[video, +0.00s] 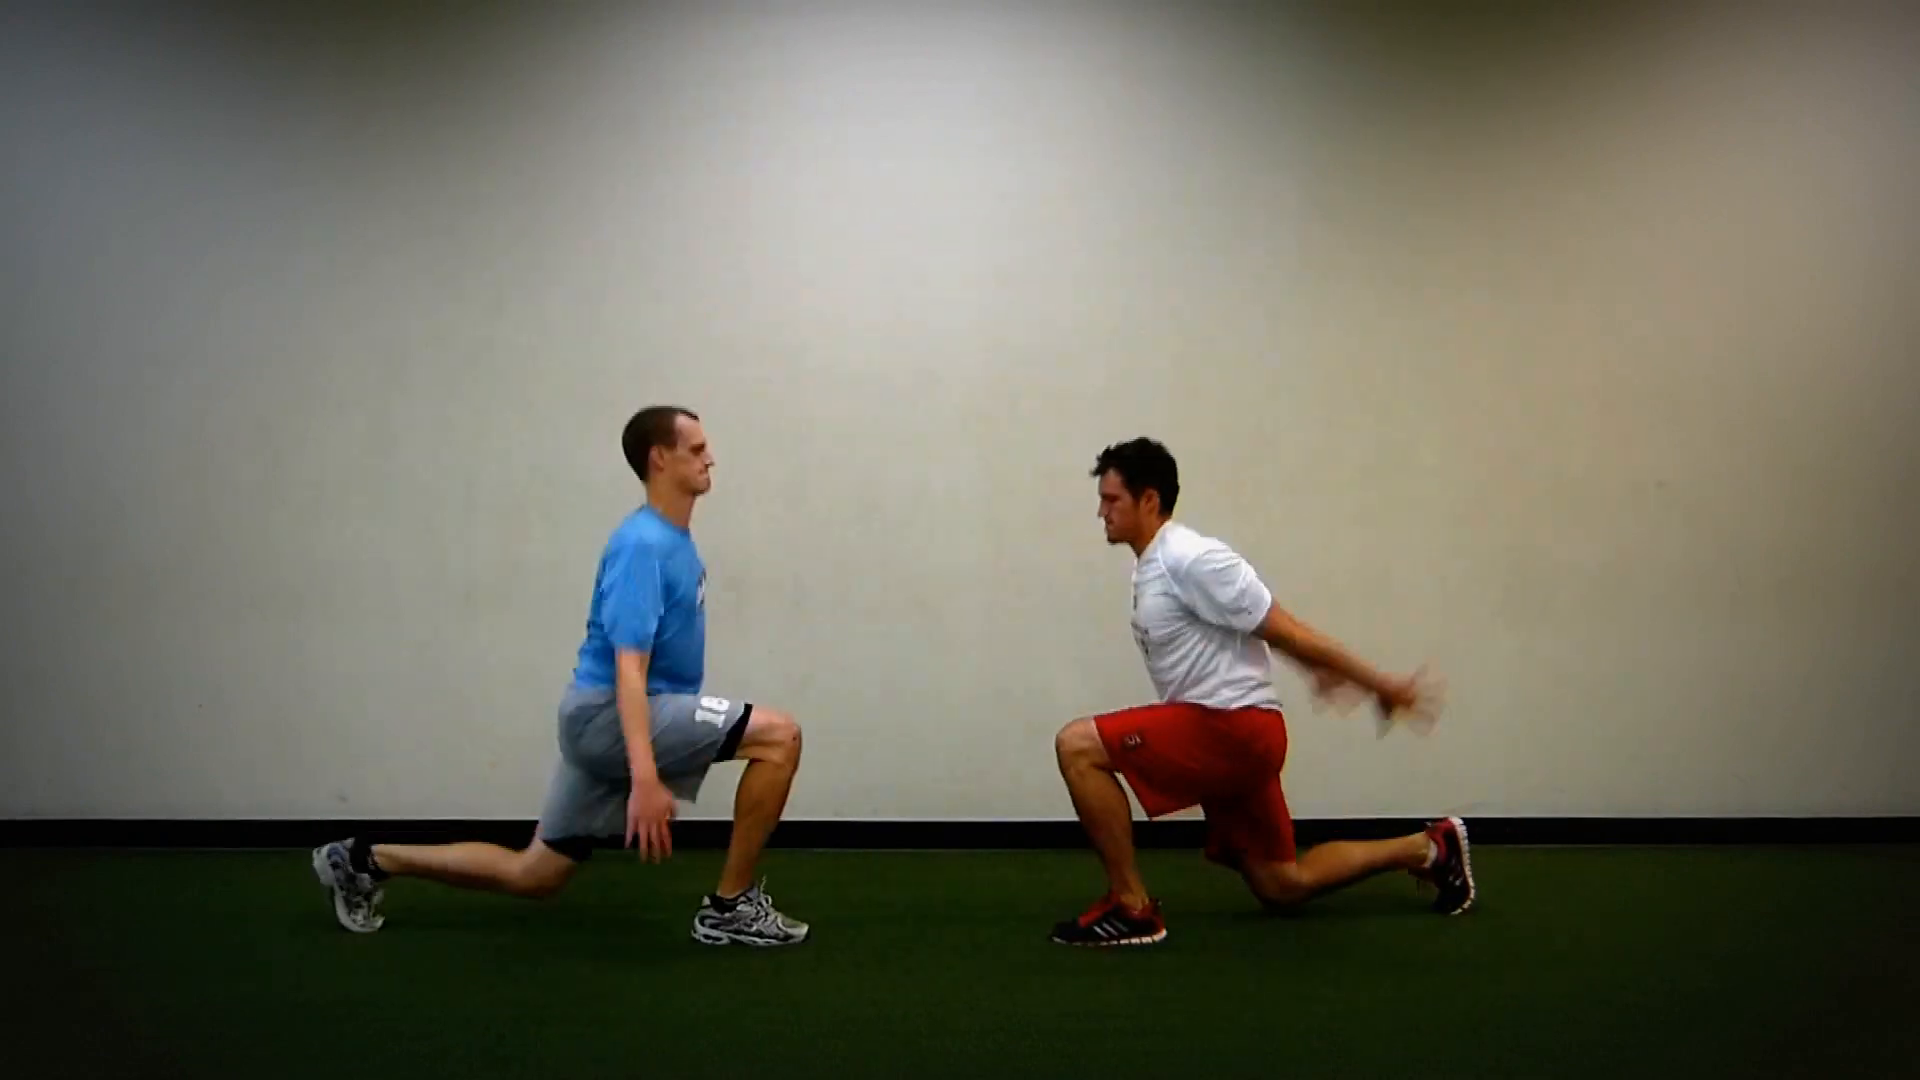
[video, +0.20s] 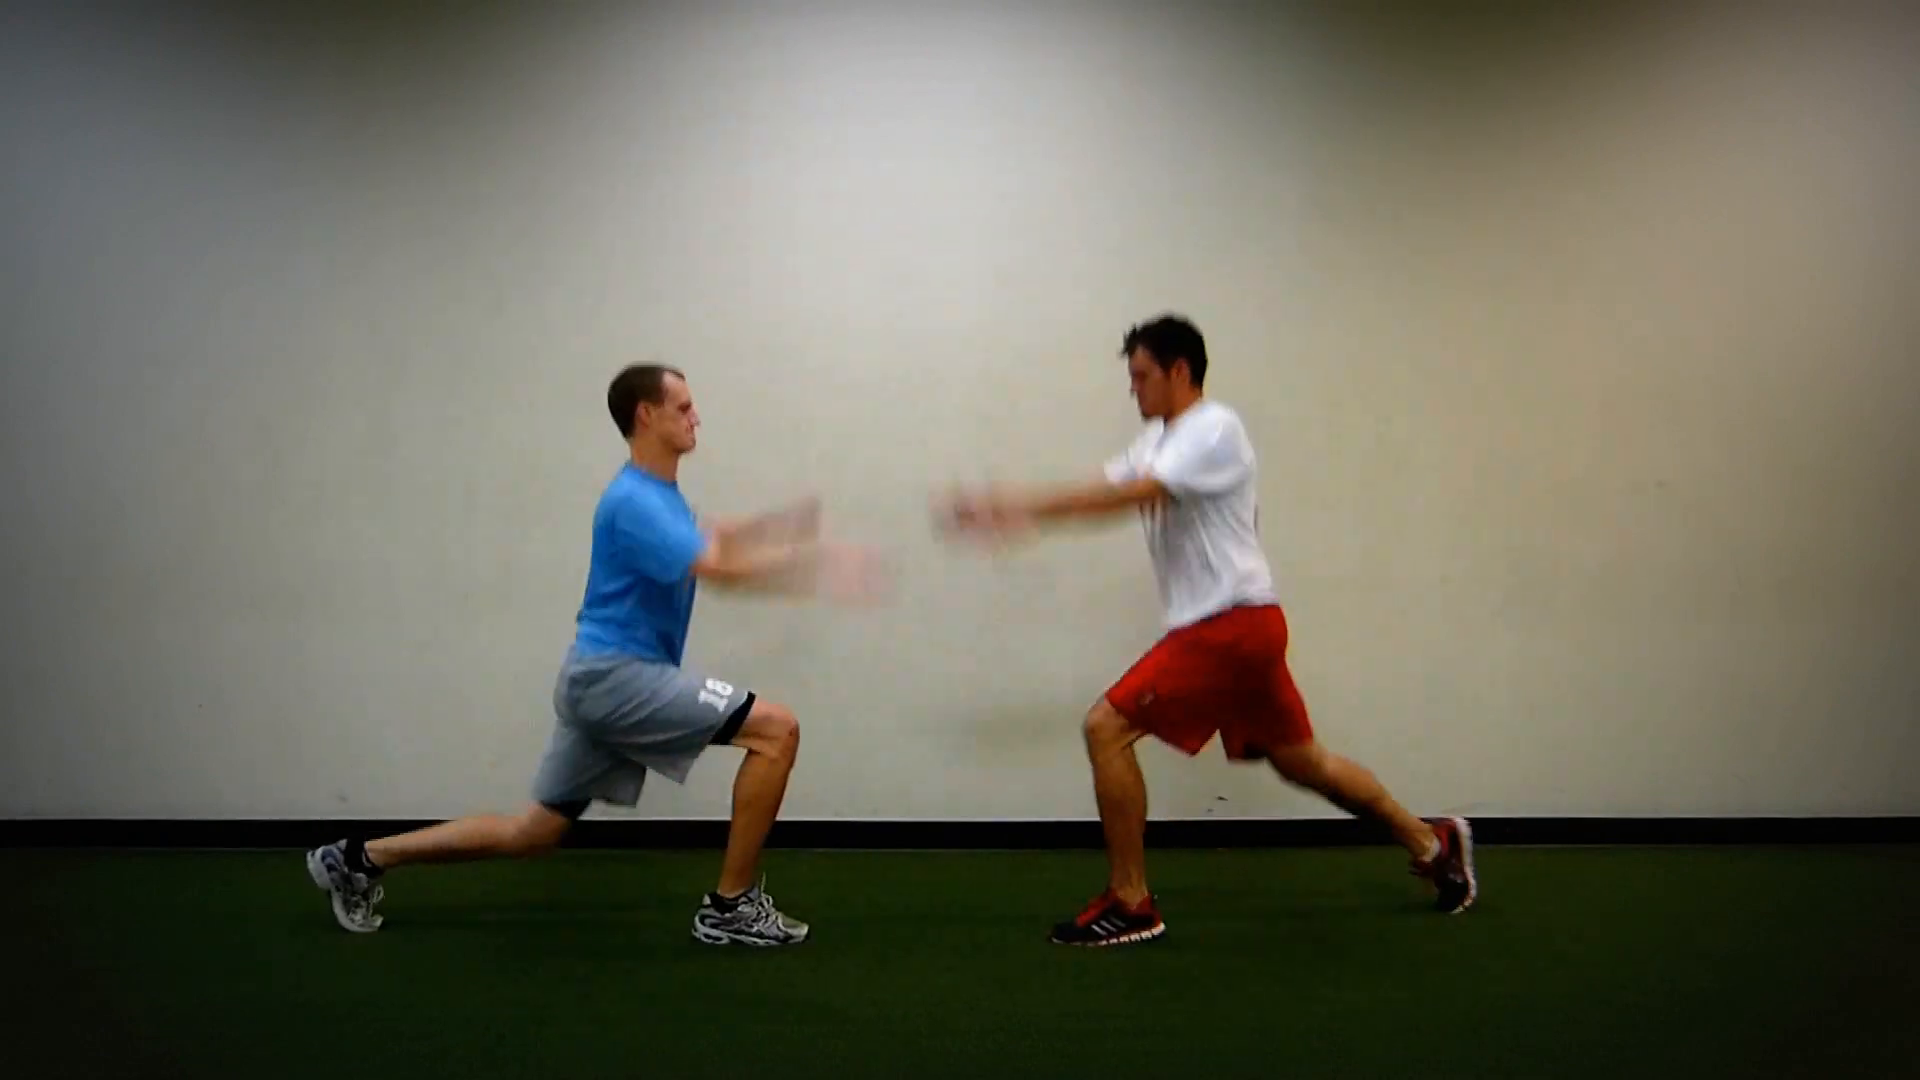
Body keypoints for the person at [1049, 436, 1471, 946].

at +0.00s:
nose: (1101, 510)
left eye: (1110, 500)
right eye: (1101, 500)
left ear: (1148, 501)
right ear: (1142, 502)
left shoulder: (1193, 559)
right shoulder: (1156, 563)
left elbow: (1287, 630)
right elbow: (1248, 618)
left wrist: (1381, 684)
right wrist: (1317, 667)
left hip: (1238, 728)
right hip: (1227, 729)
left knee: (1079, 745)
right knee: (1281, 884)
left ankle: (1131, 908)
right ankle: (1427, 848)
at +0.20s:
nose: (1132, 388)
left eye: (1139, 375)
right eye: (1130, 377)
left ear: (1178, 371)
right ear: (1166, 375)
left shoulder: (1214, 428)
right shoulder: (1156, 438)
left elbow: (1138, 494)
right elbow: (1099, 491)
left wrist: (1028, 511)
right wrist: (1005, 510)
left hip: (1232, 626)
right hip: (1229, 626)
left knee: (1107, 728)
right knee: (1301, 761)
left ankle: (1130, 903)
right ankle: (1431, 844)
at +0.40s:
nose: (1098, 262)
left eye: (1105, 246)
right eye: (1094, 253)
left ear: (1139, 245)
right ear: (1127, 254)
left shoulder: (1177, 289)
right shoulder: (1137, 313)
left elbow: (1102, 233)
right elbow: (1066, 263)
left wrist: (1051, 150)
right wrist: (1019, 184)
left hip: (1231, 495)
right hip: (1222, 500)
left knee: (1223, 669)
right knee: (1253, 670)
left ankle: (1288, 833)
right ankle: (1294, 826)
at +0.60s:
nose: (1096, 289)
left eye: (1102, 272)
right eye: (1093, 281)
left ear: (1135, 268)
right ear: (1122, 280)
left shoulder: (1175, 315)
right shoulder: (1129, 334)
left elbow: (1096, 254)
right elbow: (1070, 289)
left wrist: (1071, 181)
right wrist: (1047, 202)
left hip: (1231, 524)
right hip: (1184, 537)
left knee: (1307, 686)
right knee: (1154, 687)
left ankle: (1462, 776)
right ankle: (1139, 850)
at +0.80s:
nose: (1101, 435)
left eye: (1107, 420)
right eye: (1099, 422)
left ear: (1145, 413)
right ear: (1136, 418)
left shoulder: (1184, 467)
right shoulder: (1142, 486)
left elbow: (1170, 539)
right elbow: (1116, 568)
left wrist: (1062, 514)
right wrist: (1031, 561)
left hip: (1237, 661)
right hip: (1168, 664)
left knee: (1325, 818)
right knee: (1070, 725)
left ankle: (1494, 864)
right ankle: (1109, 885)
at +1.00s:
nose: (1112, 514)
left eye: (1117, 501)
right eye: (1110, 502)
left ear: (1156, 495)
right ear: (1151, 496)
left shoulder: (1205, 563)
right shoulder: (1172, 561)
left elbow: (1271, 662)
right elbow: (1242, 658)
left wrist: (1319, 742)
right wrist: (1314, 725)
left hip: (1244, 744)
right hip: (1185, 726)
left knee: (1343, 890)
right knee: (1067, 727)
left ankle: (1519, 875)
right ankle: (1108, 884)